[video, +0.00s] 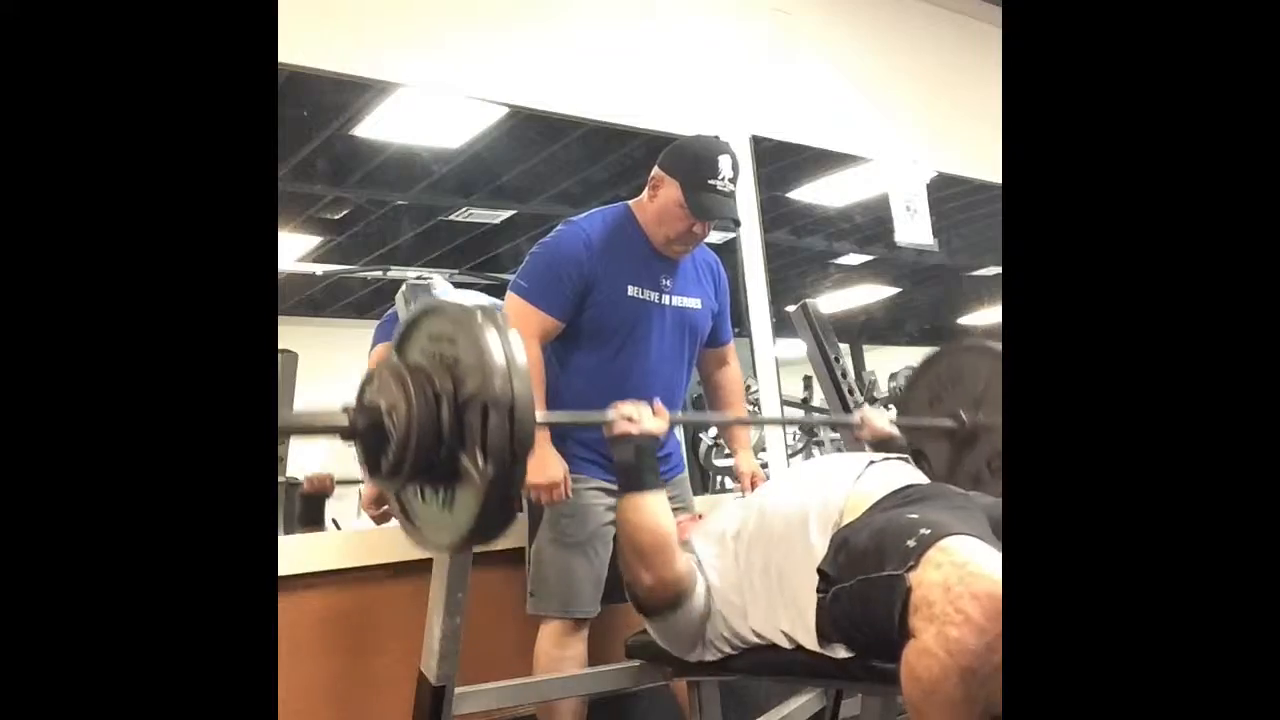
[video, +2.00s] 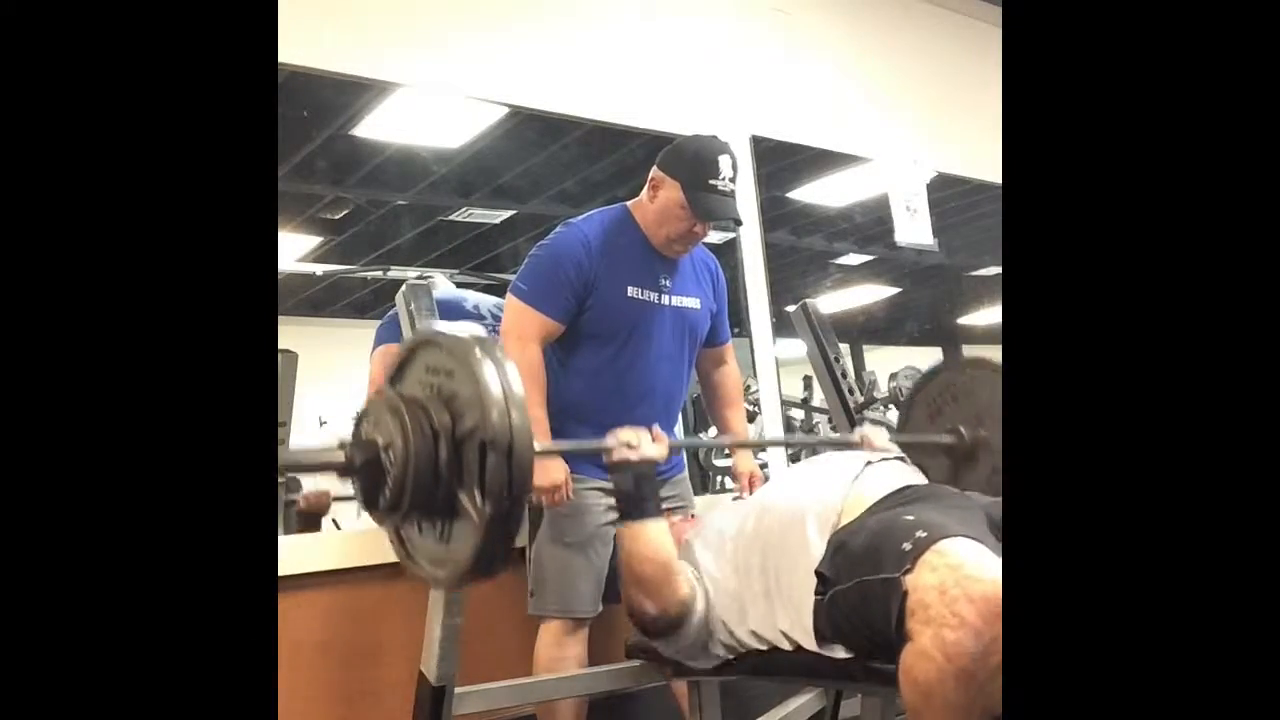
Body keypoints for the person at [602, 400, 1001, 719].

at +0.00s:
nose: (677, 509)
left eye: (674, 506)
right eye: (662, 519)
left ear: (688, 511)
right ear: (657, 549)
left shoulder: (761, 504)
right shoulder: (692, 608)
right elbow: (655, 574)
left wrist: (886, 444)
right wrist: (633, 451)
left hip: (941, 493)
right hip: (862, 533)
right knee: (977, 598)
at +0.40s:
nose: (682, 508)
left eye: (682, 502)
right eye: (670, 517)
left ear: (698, 503)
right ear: (666, 546)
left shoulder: (767, 498)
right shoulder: (696, 603)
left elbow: (901, 476)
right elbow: (667, 604)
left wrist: (878, 445)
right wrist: (642, 485)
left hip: (937, 492)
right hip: (867, 530)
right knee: (978, 602)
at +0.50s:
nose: (688, 502)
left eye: (690, 497)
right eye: (674, 506)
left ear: (708, 503)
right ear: (667, 540)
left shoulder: (755, 510)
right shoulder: (691, 580)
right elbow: (675, 635)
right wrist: (645, 512)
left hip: (941, 492)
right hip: (866, 531)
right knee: (979, 601)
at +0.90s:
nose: (680, 506)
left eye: (680, 500)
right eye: (666, 513)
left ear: (696, 504)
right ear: (657, 542)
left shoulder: (745, 503)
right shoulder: (692, 590)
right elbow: (664, 619)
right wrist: (642, 499)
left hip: (933, 490)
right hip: (864, 534)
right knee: (978, 608)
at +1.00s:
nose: (680, 510)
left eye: (679, 506)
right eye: (665, 517)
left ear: (692, 511)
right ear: (662, 543)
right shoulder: (691, 602)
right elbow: (653, 586)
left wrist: (884, 447)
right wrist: (637, 462)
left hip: (956, 496)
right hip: (871, 526)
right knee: (977, 604)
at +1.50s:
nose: (677, 504)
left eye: (678, 498)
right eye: (667, 510)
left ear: (694, 500)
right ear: (664, 544)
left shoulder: (758, 502)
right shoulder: (691, 585)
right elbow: (670, 624)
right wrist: (644, 502)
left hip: (941, 491)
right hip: (866, 530)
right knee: (978, 610)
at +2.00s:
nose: (675, 512)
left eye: (672, 508)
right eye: (660, 521)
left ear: (686, 514)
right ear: (654, 540)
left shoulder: (754, 508)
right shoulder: (692, 603)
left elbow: (907, 488)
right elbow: (655, 604)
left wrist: (879, 451)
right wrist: (636, 484)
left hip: (943, 497)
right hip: (868, 529)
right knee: (976, 602)